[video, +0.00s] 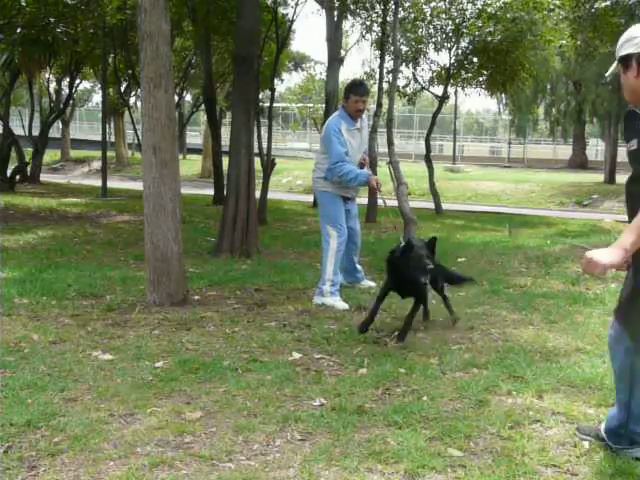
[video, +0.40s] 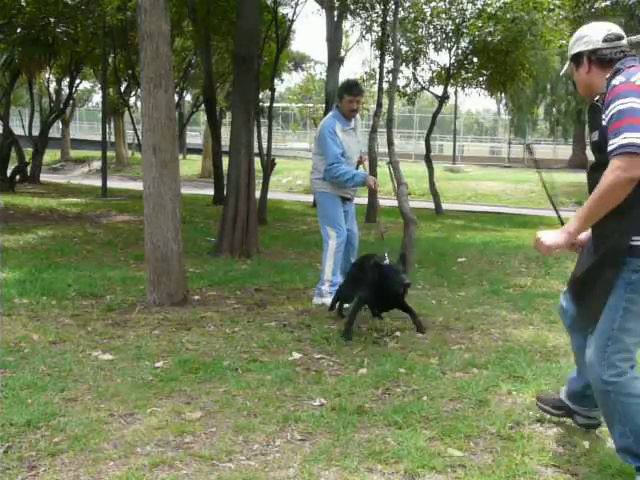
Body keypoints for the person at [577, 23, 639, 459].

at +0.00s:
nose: (623, 81)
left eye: (624, 71)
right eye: (623, 71)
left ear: (635, 70)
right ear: (629, 72)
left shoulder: (635, 121)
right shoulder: (632, 121)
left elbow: (639, 204)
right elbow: (639, 201)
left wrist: (620, 248)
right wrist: (623, 248)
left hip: (636, 262)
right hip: (635, 260)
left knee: (624, 335)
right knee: (623, 334)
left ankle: (626, 430)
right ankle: (623, 428)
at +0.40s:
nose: (574, 79)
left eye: (574, 69)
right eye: (573, 70)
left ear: (590, 62)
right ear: (603, 61)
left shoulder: (625, 90)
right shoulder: (620, 91)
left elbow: (626, 169)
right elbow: (624, 173)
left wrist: (571, 230)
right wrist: (589, 229)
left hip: (634, 254)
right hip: (615, 248)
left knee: (608, 364)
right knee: (575, 308)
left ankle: (635, 458)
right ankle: (584, 403)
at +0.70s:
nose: (547, 90)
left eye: (547, 80)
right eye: (546, 81)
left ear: (561, 74)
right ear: (579, 71)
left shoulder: (590, 103)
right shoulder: (602, 97)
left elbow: (592, 178)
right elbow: (600, 178)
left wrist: (540, 235)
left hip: (603, 242)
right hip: (587, 237)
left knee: (568, 348)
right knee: (540, 312)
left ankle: (636, 450)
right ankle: (540, 399)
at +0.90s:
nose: (536, 89)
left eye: (535, 80)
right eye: (535, 81)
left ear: (547, 74)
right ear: (571, 68)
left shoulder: (570, 96)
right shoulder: (596, 92)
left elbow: (557, 173)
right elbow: (614, 170)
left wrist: (508, 227)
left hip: (592, 235)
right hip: (595, 231)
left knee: (550, 346)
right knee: (537, 307)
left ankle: (605, 457)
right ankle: (540, 396)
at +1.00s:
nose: (533, 90)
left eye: (532, 81)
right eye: (533, 82)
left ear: (544, 76)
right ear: (574, 70)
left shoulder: (565, 97)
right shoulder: (608, 101)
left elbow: (534, 174)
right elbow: (625, 171)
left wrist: (484, 221)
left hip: (585, 236)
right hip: (598, 231)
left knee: (551, 348)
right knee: (531, 301)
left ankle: (605, 456)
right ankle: (535, 391)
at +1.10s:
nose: (528, 92)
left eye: (528, 84)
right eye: (528, 85)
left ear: (538, 77)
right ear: (570, 72)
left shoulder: (553, 102)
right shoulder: (608, 107)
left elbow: (514, 173)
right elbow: (619, 178)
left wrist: (462, 210)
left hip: (579, 235)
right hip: (600, 232)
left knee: (546, 348)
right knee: (535, 293)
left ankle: (605, 457)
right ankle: (526, 384)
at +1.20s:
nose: (520, 96)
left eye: (520, 89)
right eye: (519, 89)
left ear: (529, 83)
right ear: (562, 78)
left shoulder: (543, 107)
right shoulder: (600, 113)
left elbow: (492, 173)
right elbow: (618, 185)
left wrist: (438, 197)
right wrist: (582, 216)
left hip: (566, 237)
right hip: (591, 236)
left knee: (540, 349)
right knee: (535, 302)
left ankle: (604, 455)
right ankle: (520, 386)